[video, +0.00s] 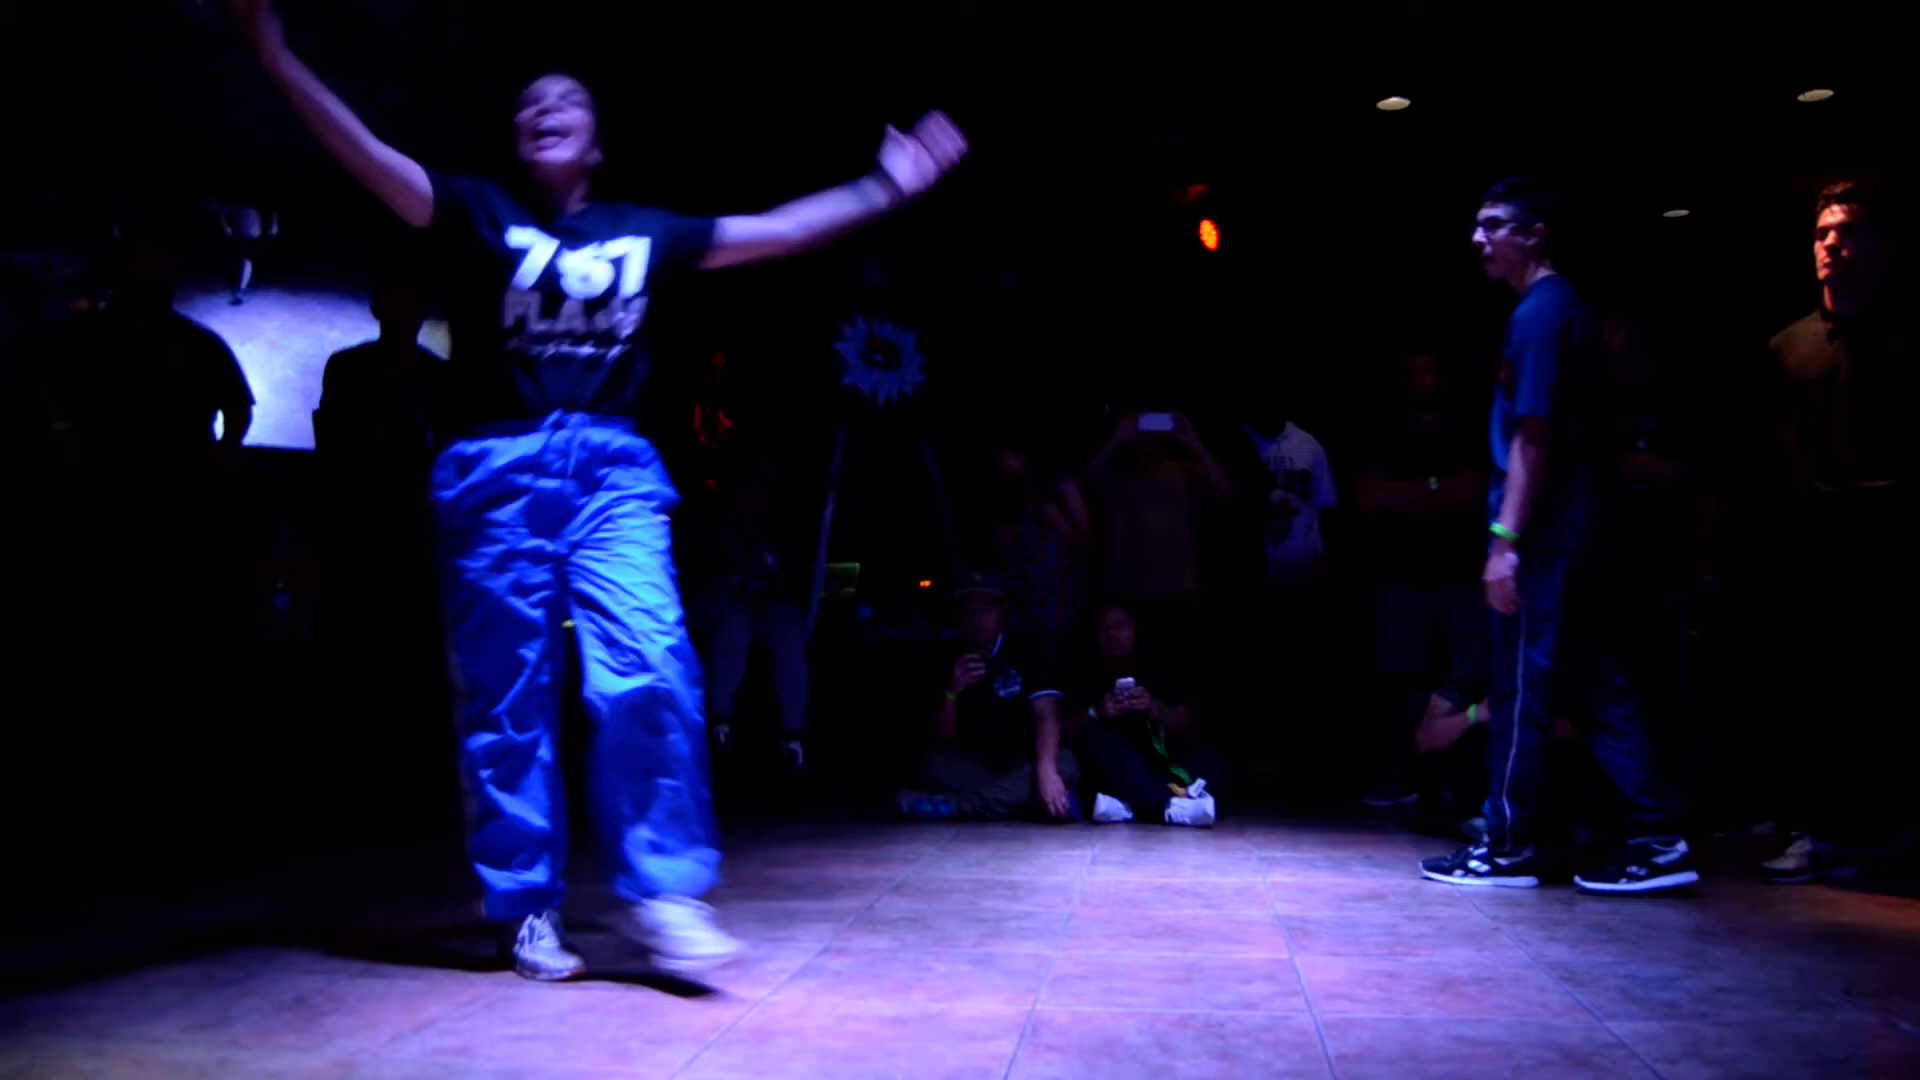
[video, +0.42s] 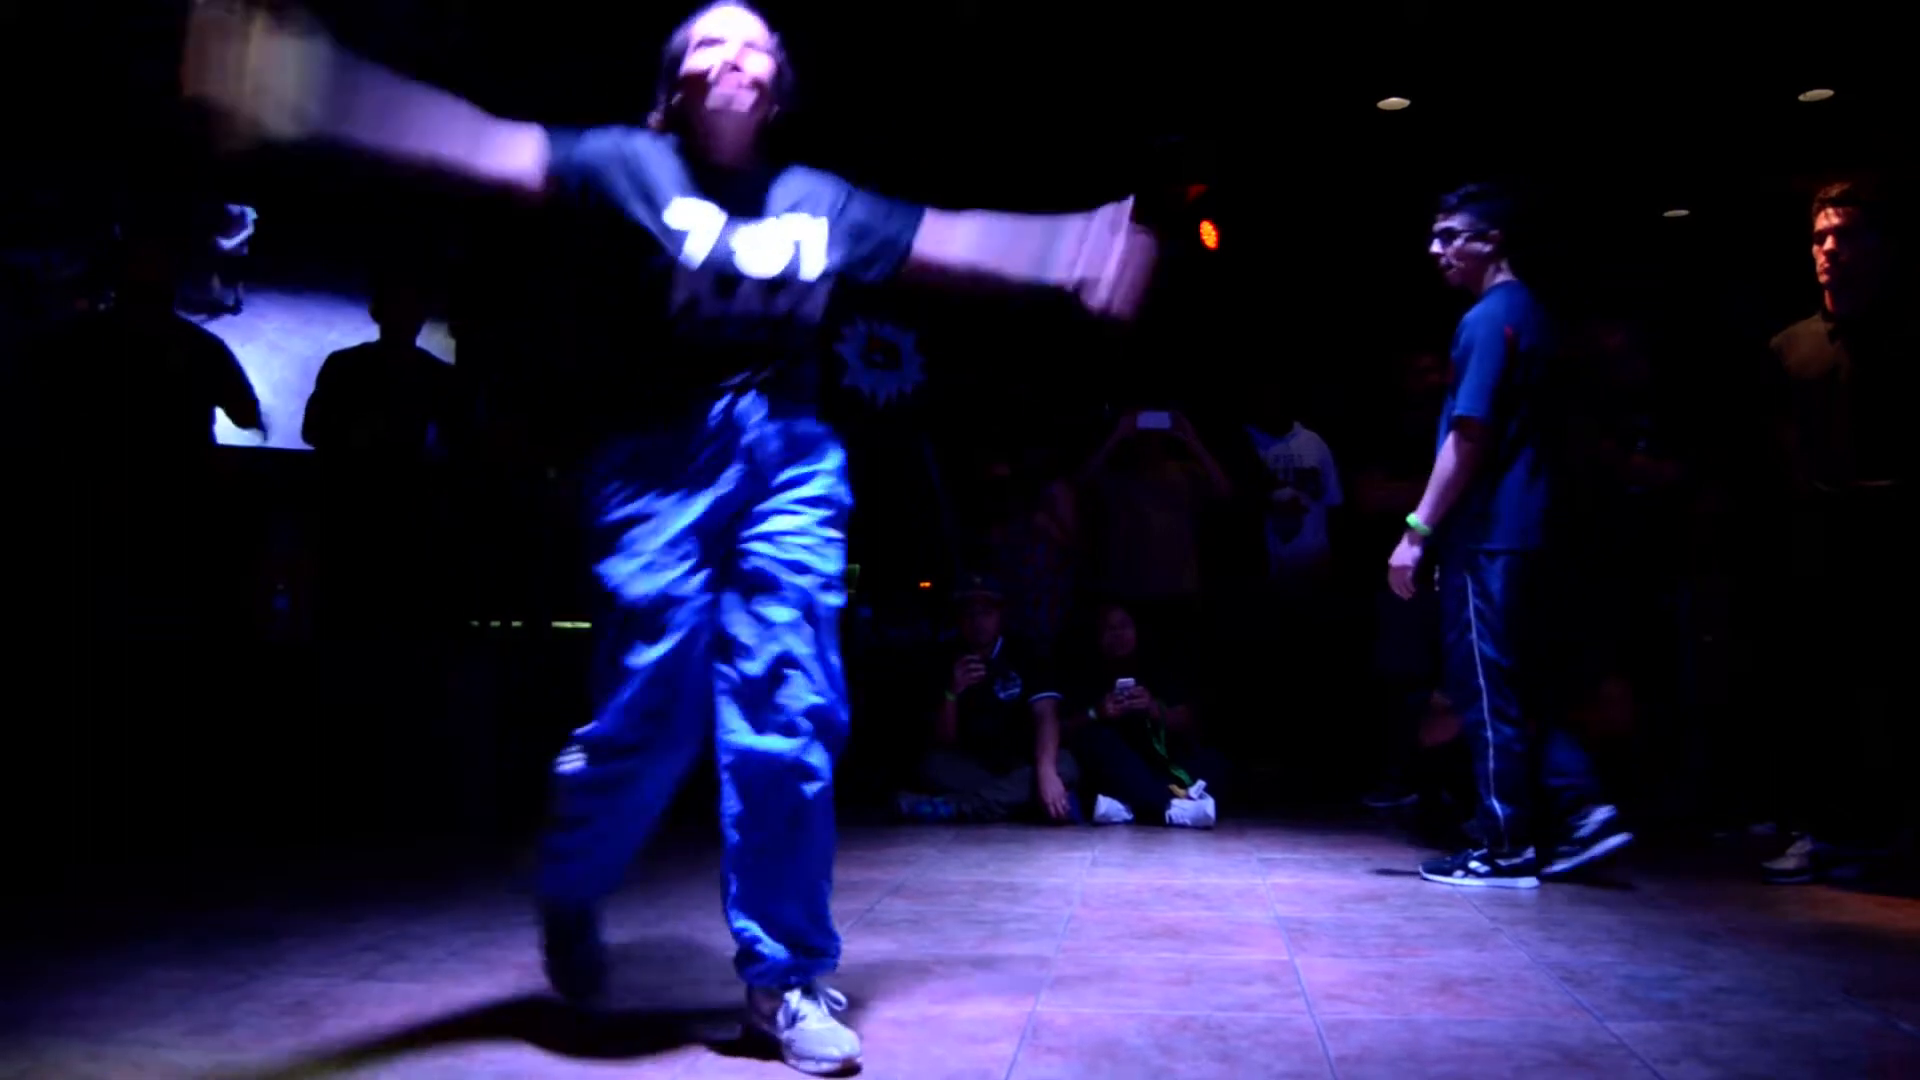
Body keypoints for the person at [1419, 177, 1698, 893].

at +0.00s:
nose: (1478, 238)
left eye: (1493, 227)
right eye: (1478, 227)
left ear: (1533, 235)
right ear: (1529, 241)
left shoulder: (1542, 311)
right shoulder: (1557, 307)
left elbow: (1533, 436)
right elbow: (1554, 434)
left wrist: (1507, 540)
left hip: (1549, 529)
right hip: (1573, 525)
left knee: (1524, 679)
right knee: (1595, 678)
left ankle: (1507, 843)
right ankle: (1657, 839)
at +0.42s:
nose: (1437, 249)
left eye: (1449, 237)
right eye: (1436, 237)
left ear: (1491, 245)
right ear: (1485, 249)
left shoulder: (1494, 318)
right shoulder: (1521, 312)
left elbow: (1468, 438)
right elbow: (1481, 435)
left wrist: (1417, 531)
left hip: (1493, 530)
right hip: (1519, 526)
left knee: (1487, 687)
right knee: (1513, 679)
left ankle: (1503, 845)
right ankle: (1580, 812)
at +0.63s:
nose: (1424, 248)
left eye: (1438, 237)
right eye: (1423, 237)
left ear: (1475, 245)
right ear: (1456, 250)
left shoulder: (1477, 317)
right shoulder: (1490, 314)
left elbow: (1460, 436)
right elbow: (1466, 436)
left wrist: (1412, 528)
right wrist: (1423, 526)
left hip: (1472, 533)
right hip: (1475, 531)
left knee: (1475, 685)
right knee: (1460, 683)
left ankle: (1499, 842)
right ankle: (1471, 830)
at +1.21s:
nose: (1388, 266)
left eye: (1402, 255)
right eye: (1384, 256)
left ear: (1433, 265)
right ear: (1382, 269)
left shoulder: (1460, 337)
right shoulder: (1393, 351)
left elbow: (1474, 442)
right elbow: (1378, 467)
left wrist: (1457, 534)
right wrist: (1353, 554)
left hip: (1438, 543)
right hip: (1389, 549)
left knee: (1456, 694)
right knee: (1407, 694)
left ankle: (1503, 837)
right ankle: (1422, 827)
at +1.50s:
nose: (1383, 274)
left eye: (1396, 263)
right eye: (1376, 264)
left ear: (1423, 273)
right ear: (1365, 275)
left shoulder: (1456, 348)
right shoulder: (1355, 361)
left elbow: (1481, 446)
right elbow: (1340, 459)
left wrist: (1475, 534)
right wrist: (1349, 540)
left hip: (1443, 543)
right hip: (1378, 548)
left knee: (1469, 684)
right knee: (1402, 685)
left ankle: (1497, 828)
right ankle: (1417, 829)